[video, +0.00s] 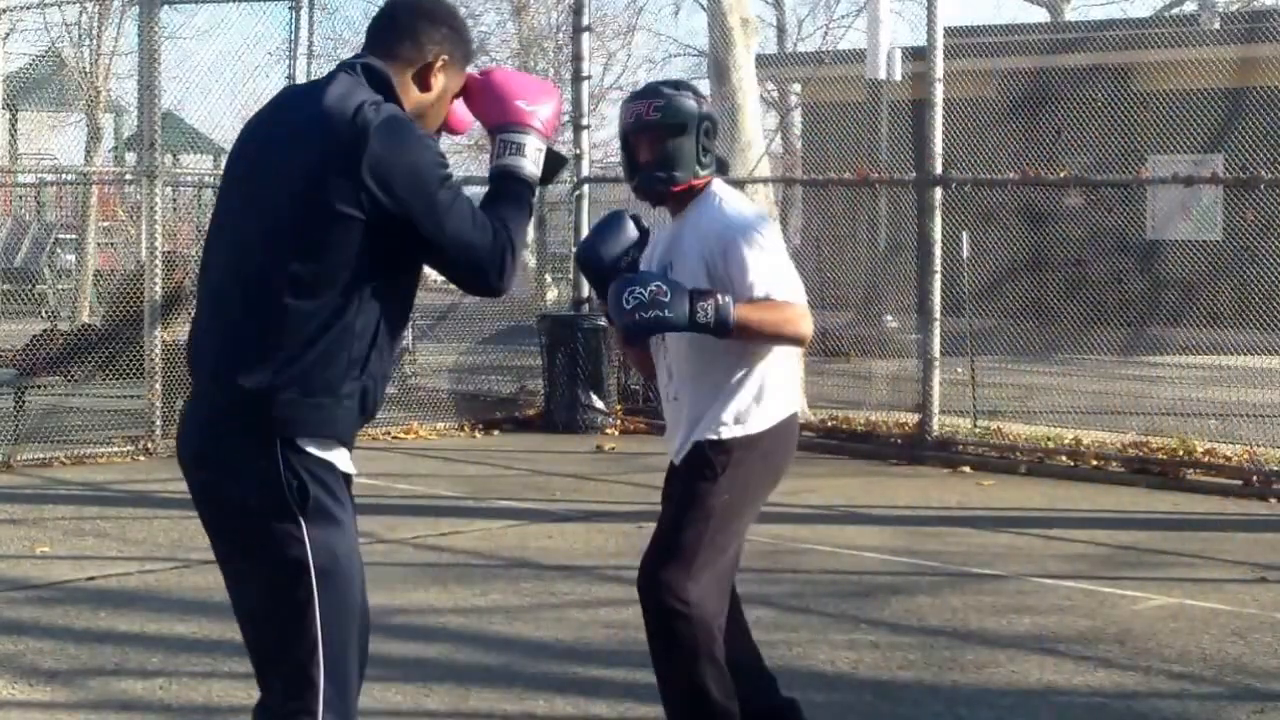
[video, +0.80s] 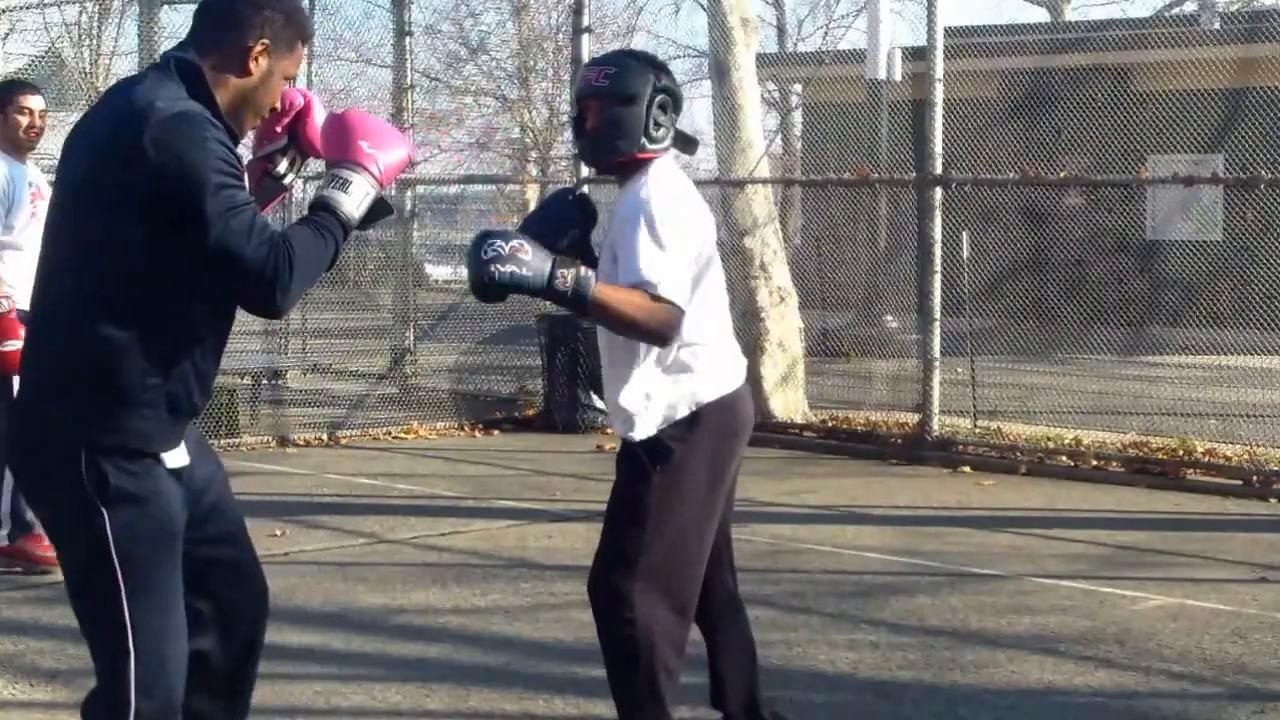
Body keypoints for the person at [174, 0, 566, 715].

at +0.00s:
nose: (448, 117)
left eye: (456, 100)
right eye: (454, 96)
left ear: (376, 52)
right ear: (429, 71)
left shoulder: (284, 112)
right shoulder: (379, 134)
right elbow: (491, 265)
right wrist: (517, 151)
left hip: (229, 433)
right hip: (287, 448)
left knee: (297, 688)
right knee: (319, 695)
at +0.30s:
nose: (436, 134)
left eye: (439, 121)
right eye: (438, 118)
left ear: (362, 78)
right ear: (416, 94)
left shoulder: (269, 134)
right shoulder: (392, 141)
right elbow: (480, 267)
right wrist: (514, 175)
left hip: (204, 415)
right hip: (257, 423)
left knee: (338, 622)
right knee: (264, 670)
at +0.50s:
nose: (382, 128)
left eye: (386, 112)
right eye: (384, 110)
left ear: (301, 73)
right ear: (359, 86)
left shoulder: (214, 130)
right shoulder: (333, 138)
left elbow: (306, 197)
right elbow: (417, 271)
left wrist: (413, 158)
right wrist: (470, 192)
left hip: (158, 421)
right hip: (216, 435)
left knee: (305, 628)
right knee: (209, 679)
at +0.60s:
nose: (333, 116)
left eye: (340, 101)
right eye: (337, 99)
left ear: (264, 63)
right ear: (312, 76)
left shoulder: (179, 121)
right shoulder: (268, 137)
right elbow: (394, 238)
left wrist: (361, 163)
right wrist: (444, 173)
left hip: (207, 452)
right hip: (156, 450)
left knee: (282, 674)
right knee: (178, 695)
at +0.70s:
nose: (308, 102)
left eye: (315, 87)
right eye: (311, 85)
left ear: (233, 52)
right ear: (282, 64)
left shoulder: (142, 114)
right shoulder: (225, 134)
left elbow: (208, 225)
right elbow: (339, 261)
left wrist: (292, 150)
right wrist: (395, 184)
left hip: (171, 439)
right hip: (127, 446)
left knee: (243, 633)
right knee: (160, 685)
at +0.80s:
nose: (284, 99)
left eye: (294, 82)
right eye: (288, 79)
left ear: (218, 52)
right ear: (254, 59)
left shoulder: (144, 105)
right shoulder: (178, 129)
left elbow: (184, 253)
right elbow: (272, 278)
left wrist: (262, 173)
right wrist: (344, 200)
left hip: (157, 425)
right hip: (100, 441)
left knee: (235, 606)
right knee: (144, 688)